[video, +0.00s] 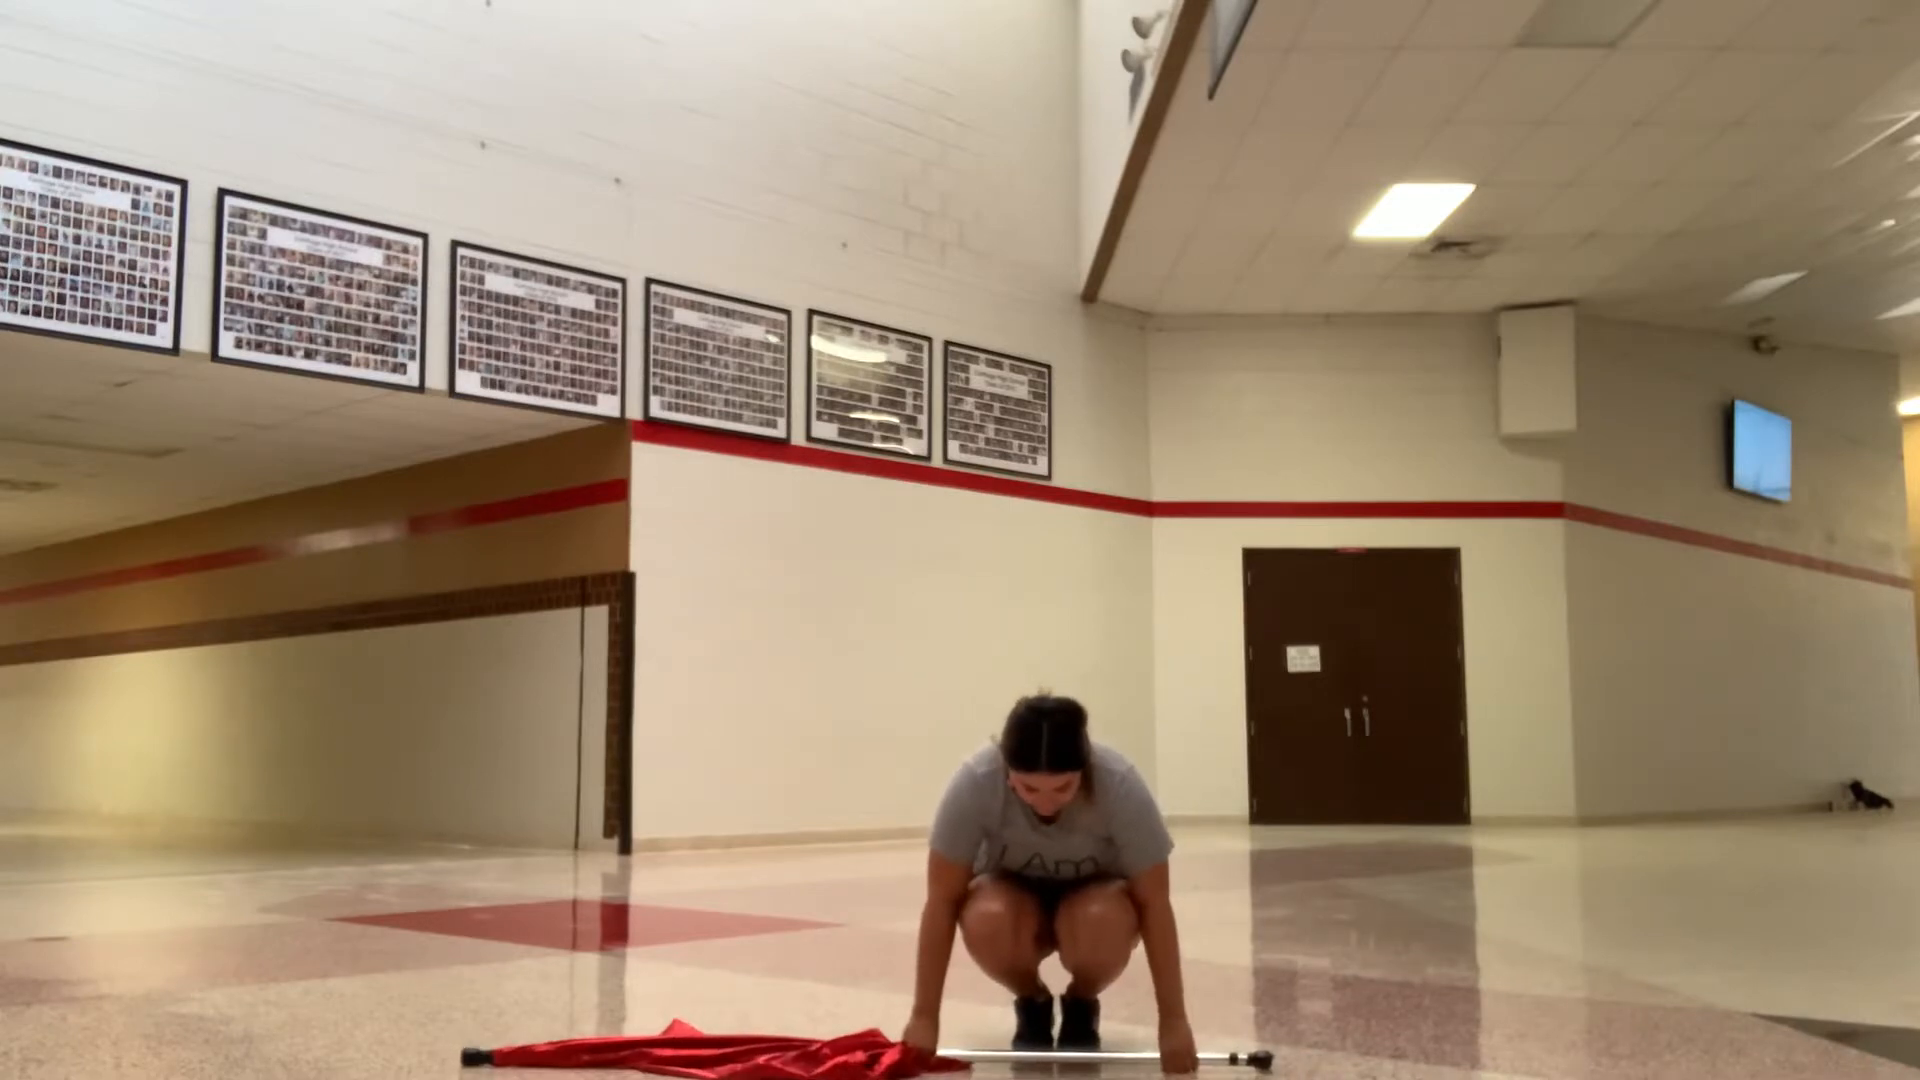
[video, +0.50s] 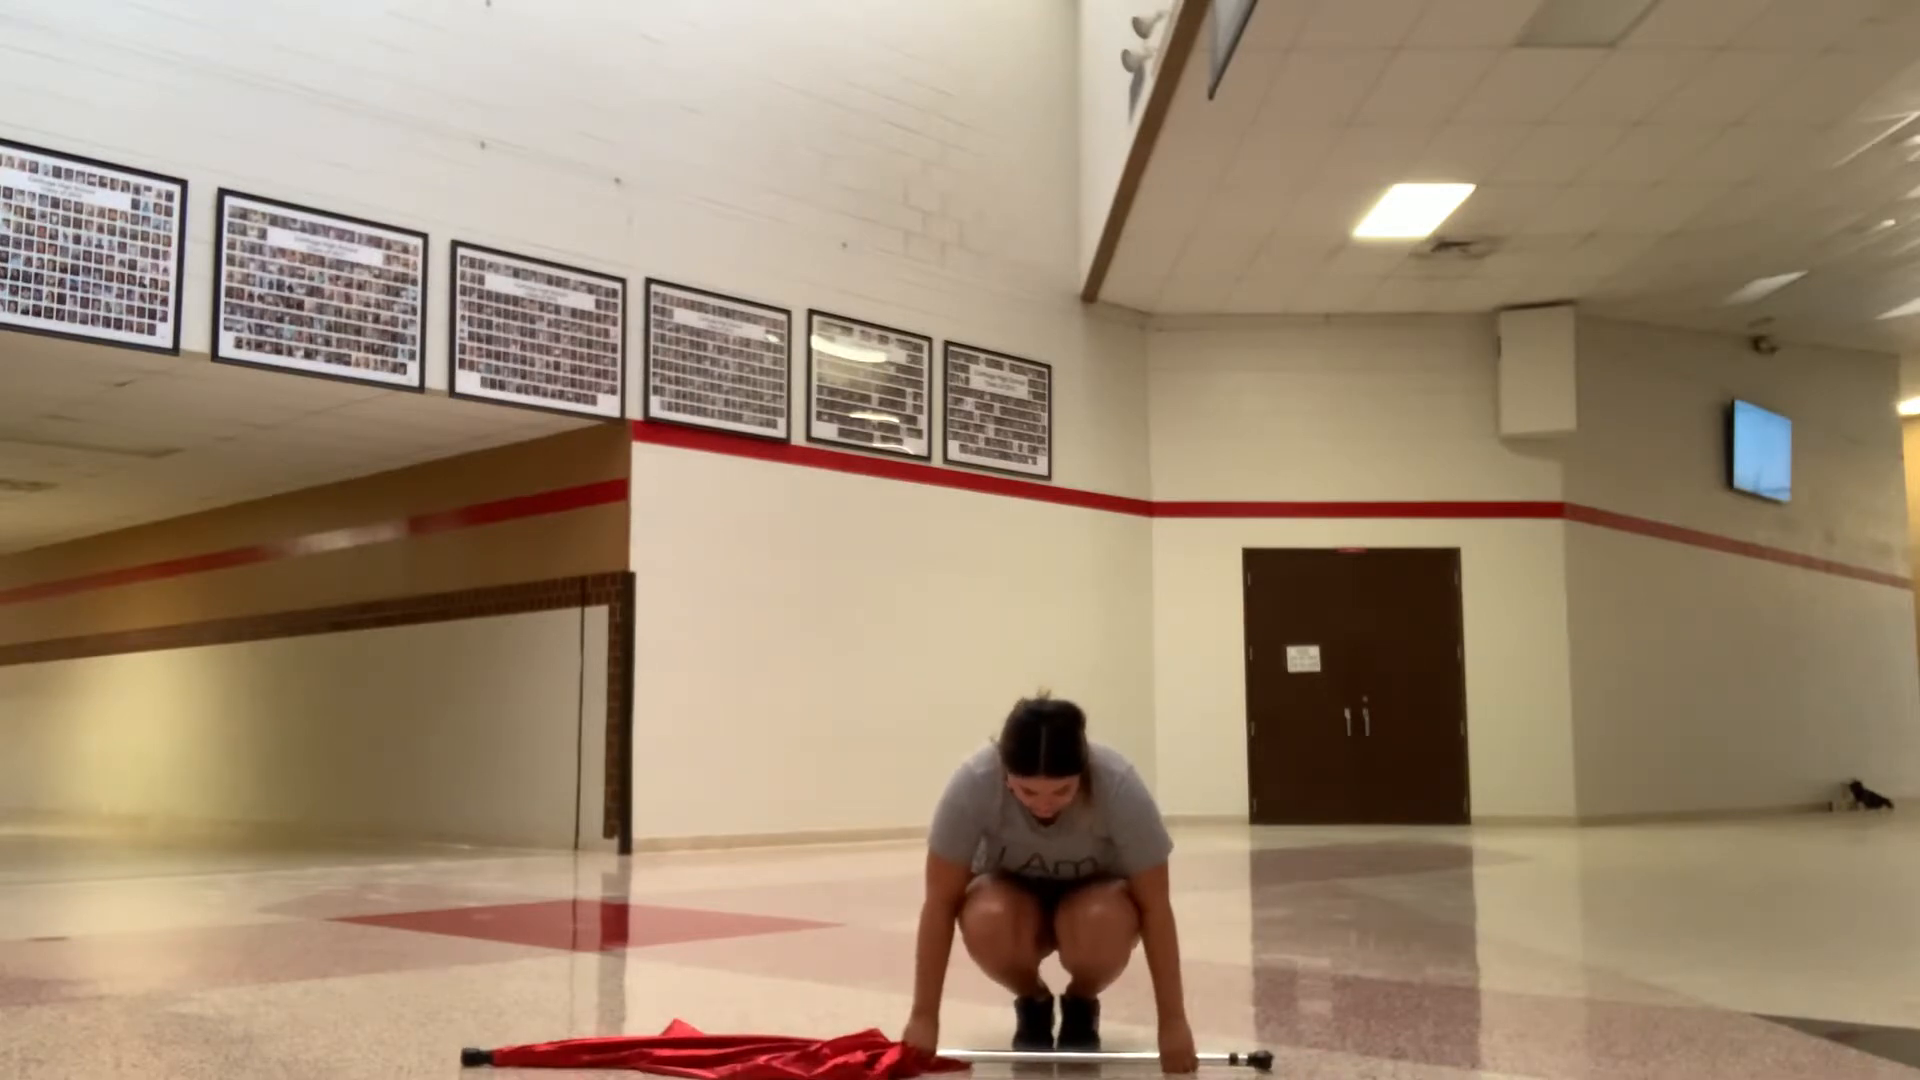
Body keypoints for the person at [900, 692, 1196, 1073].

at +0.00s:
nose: (1046, 804)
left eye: (1062, 789)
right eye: (1030, 789)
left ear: (1081, 770)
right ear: (1010, 773)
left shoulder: (1121, 788)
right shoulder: (975, 786)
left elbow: (1156, 906)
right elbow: (942, 902)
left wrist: (1173, 1022)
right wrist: (924, 1017)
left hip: (1092, 909)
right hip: (1019, 909)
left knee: (1102, 920)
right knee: (987, 917)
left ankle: (1082, 1004)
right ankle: (1032, 1002)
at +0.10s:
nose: (1046, 804)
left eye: (1062, 790)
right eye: (1030, 790)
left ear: (1082, 771)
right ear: (1010, 773)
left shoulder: (1121, 789)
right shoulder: (975, 787)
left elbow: (1157, 910)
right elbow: (941, 904)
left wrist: (1173, 1023)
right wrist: (924, 1017)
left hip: (1092, 908)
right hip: (1019, 908)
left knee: (1101, 921)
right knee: (987, 917)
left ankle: (1082, 1003)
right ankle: (1032, 1001)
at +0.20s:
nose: (1045, 805)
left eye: (1061, 790)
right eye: (1030, 791)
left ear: (1082, 772)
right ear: (1009, 773)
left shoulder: (1121, 789)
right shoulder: (975, 787)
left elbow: (1157, 909)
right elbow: (941, 904)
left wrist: (1173, 1024)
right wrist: (923, 1017)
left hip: (1092, 908)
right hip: (1019, 907)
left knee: (1101, 921)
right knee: (987, 917)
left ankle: (1082, 1003)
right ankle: (1032, 1001)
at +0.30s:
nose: (1046, 805)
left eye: (1061, 791)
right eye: (1030, 791)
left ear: (1081, 772)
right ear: (1008, 774)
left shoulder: (1121, 789)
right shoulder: (974, 787)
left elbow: (1156, 910)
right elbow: (940, 905)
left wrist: (1173, 1024)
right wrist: (923, 1017)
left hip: (1092, 908)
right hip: (1019, 908)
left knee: (1101, 921)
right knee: (987, 917)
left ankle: (1082, 1004)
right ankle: (1032, 1001)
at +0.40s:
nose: (1044, 806)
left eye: (1060, 791)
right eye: (1029, 792)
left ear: (1080, 773)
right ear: (1008, 774)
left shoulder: (1120, 789)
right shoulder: (973, 788)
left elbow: (1156, 909)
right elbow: (940, 905)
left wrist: (1173, 1024)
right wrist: (923, 1017)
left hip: (1092, 908)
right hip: (1019, 908)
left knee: (1101, 922)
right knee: (987, 917)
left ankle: (1082, 1003)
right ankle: (1032, 1001)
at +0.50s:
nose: (1044, 806)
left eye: (1060, 791)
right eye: (1029, 792)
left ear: (1080, 773)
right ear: (1007, 774)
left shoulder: (1120, 789)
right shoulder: (973, 787)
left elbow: (1156, 910)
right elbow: (940, 905)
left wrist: (1173, 1024)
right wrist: (923, 1017)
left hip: (1092, 908)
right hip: (1019, 908)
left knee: (1101, 921)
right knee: (987, 917)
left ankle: (1082, 1003)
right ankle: (1032, 1001)